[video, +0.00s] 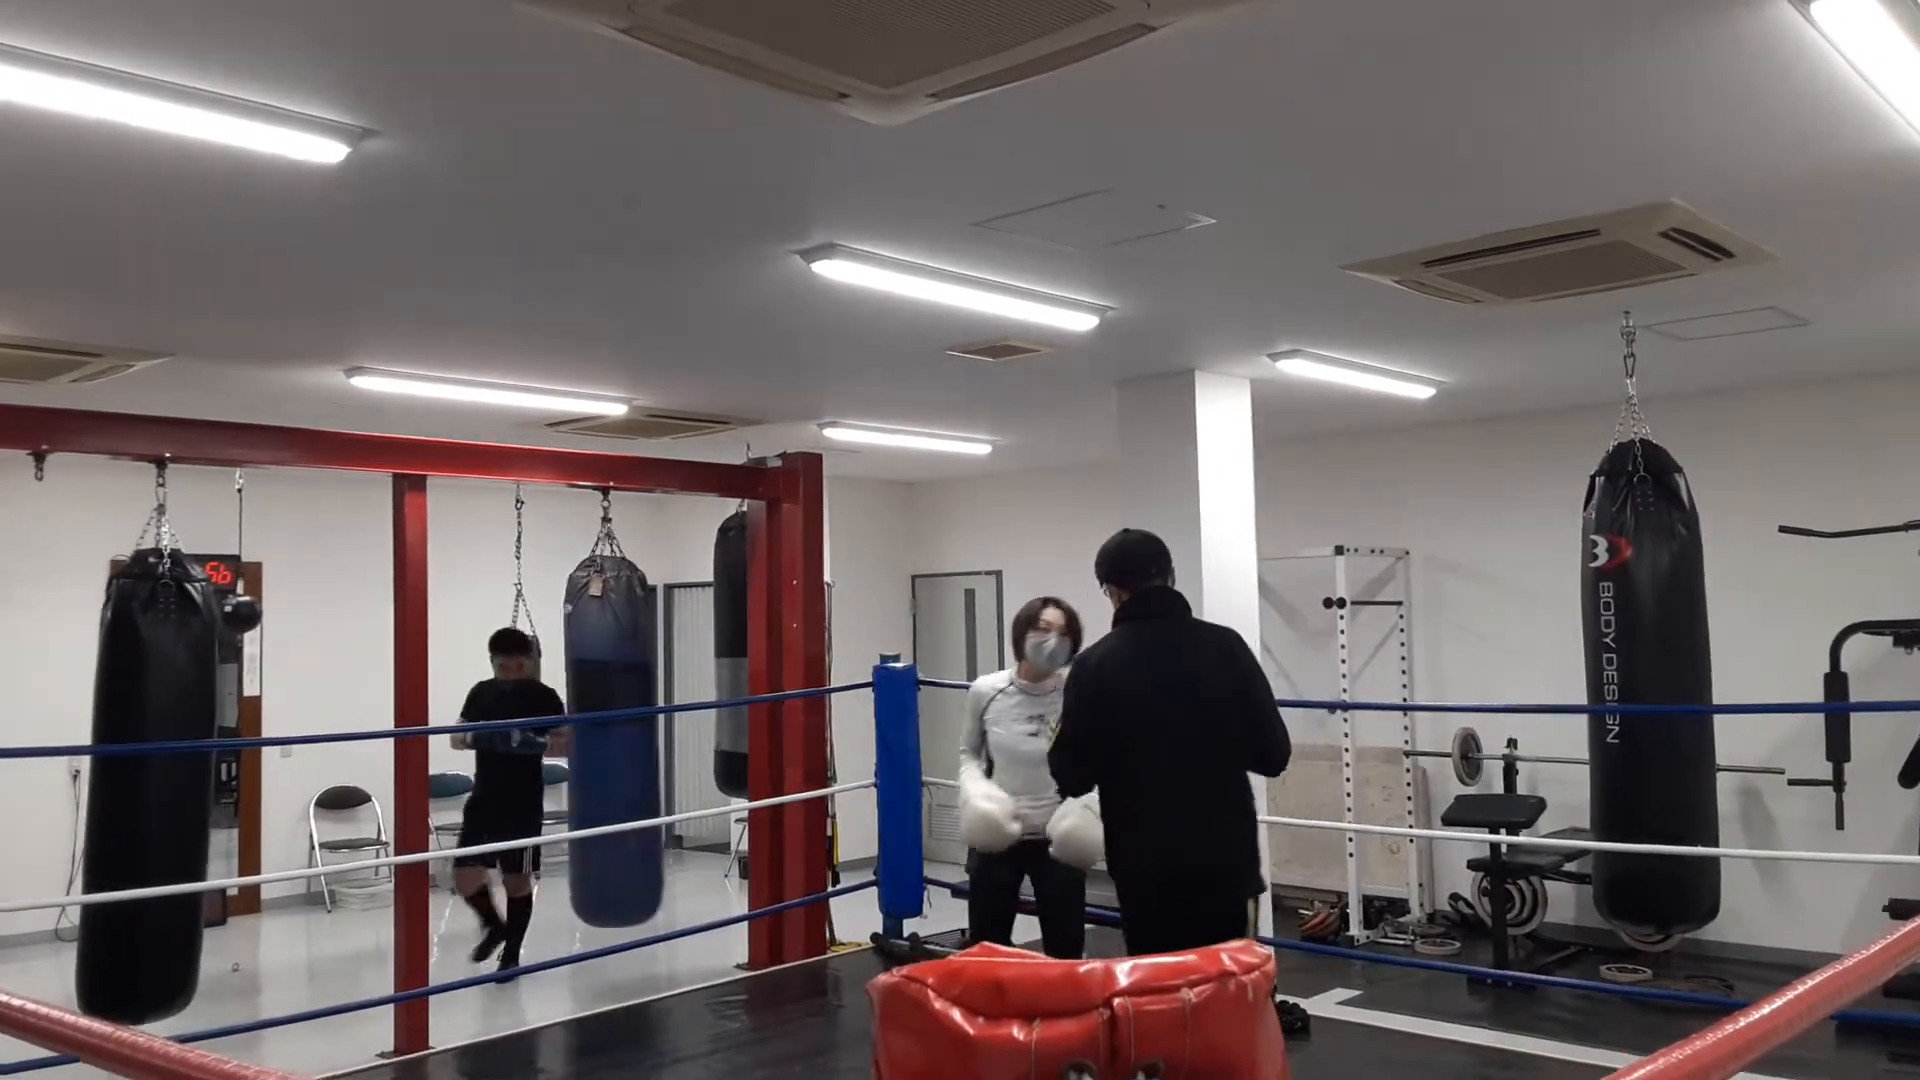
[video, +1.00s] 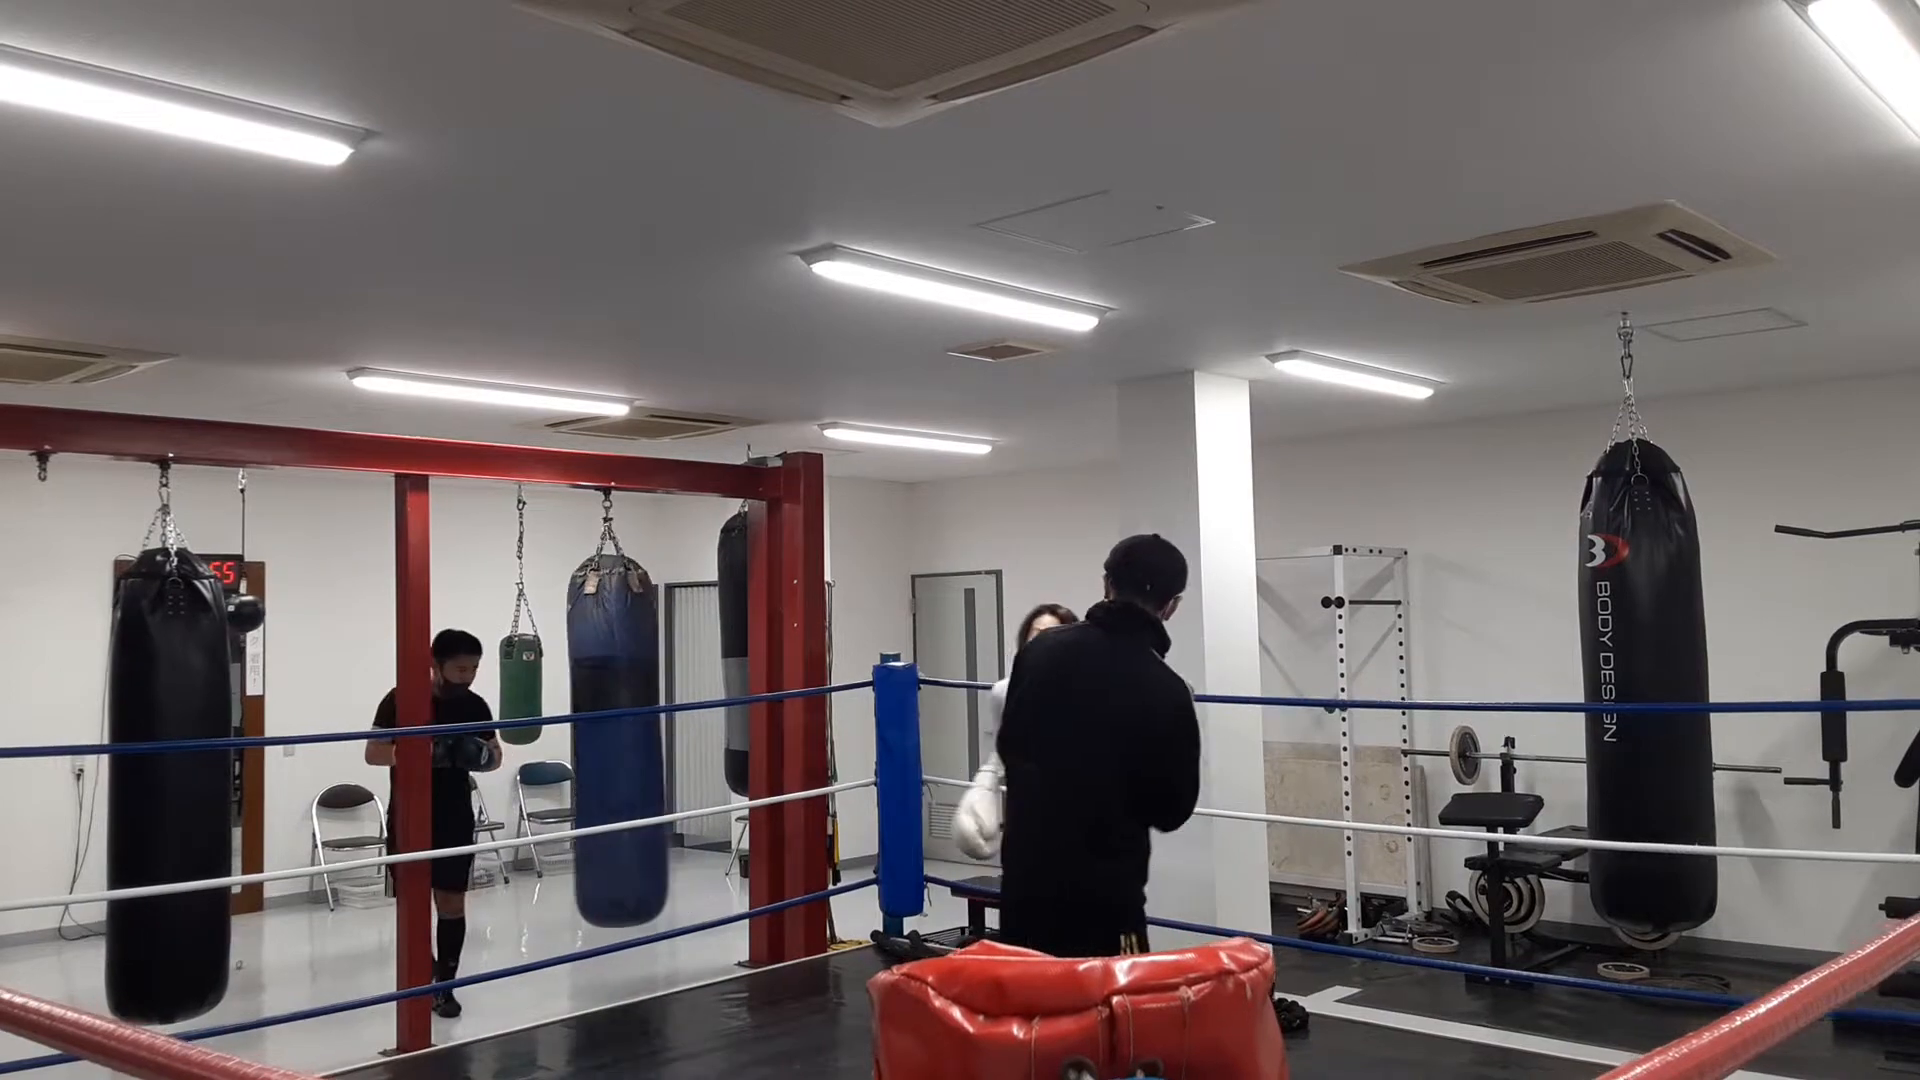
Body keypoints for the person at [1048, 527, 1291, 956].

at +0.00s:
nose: (1107, 600)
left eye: (1106, 592)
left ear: (1114, 592)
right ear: (1168, 577)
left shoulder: (1094, 665)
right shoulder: (1225, 646)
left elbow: (1071, 776)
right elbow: (1274, 756)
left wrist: (1118, 734)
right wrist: (1212, 731)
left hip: (1144, 868)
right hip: (1224, 862)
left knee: (1158, 997)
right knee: (1228, 997)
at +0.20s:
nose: (1111, 595)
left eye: (1110, 586)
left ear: (1116, 587)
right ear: (1175, 581)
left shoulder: (1087, 661)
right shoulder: (1217, 657)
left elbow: (1061, 760)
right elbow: (1256, 771)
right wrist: (1199, 735)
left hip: (1122, 867)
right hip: (1201, 868)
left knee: (1137, 997)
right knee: (1201, 1002)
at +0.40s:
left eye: (1119, 578)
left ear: (1123, 581)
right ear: (1188, 585)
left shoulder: (1081, 652)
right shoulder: (1207, 663)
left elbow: (1042, 751)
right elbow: (1234, 786)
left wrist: (1102, 728)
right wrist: (1180, 744)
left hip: (1100, 868)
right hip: (1178, 871)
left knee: (1121, 1002)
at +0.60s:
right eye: (1187, 586)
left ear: (1120, 577)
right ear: (1185, 589)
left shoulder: (1071, 647)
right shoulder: (1196, 673)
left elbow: (1034, 736)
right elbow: (1217, 796)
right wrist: (1164, 749)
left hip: (1076, 872)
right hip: (1157, 878)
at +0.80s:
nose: (1189, 602)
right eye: (1191, 595)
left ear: (1119, 581)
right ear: (1185, 600)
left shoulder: (1057, 646)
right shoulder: (1184, 687)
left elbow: (1020, 736)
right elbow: (1193, 789)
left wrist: (1077, 742)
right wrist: (1132, 768)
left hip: (1054, 854)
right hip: (1133, 866)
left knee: (1083, 983)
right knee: (1134, 992)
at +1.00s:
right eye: (1176, 603)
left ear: (1107, 585)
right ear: (1170, 606)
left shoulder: (1041, 650)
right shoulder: (1167, 690)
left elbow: (1010, 746)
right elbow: (1171, 811)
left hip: (1030, 868)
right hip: (1110, 881)